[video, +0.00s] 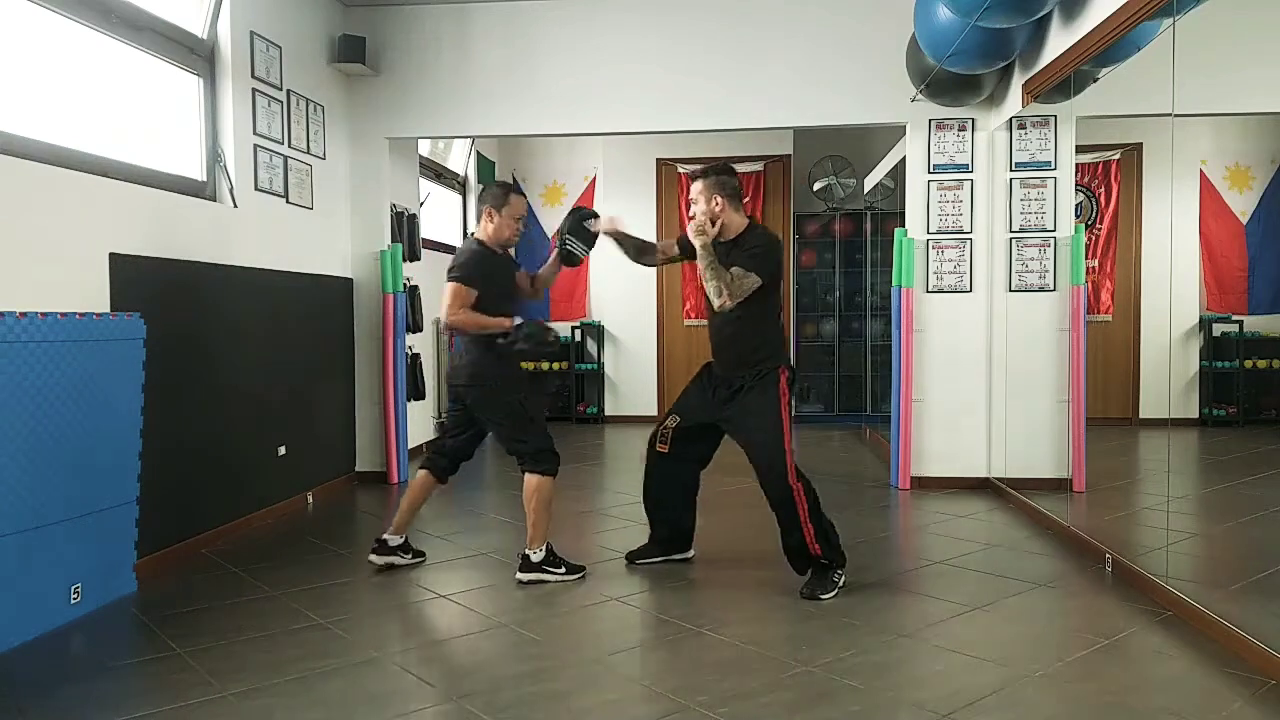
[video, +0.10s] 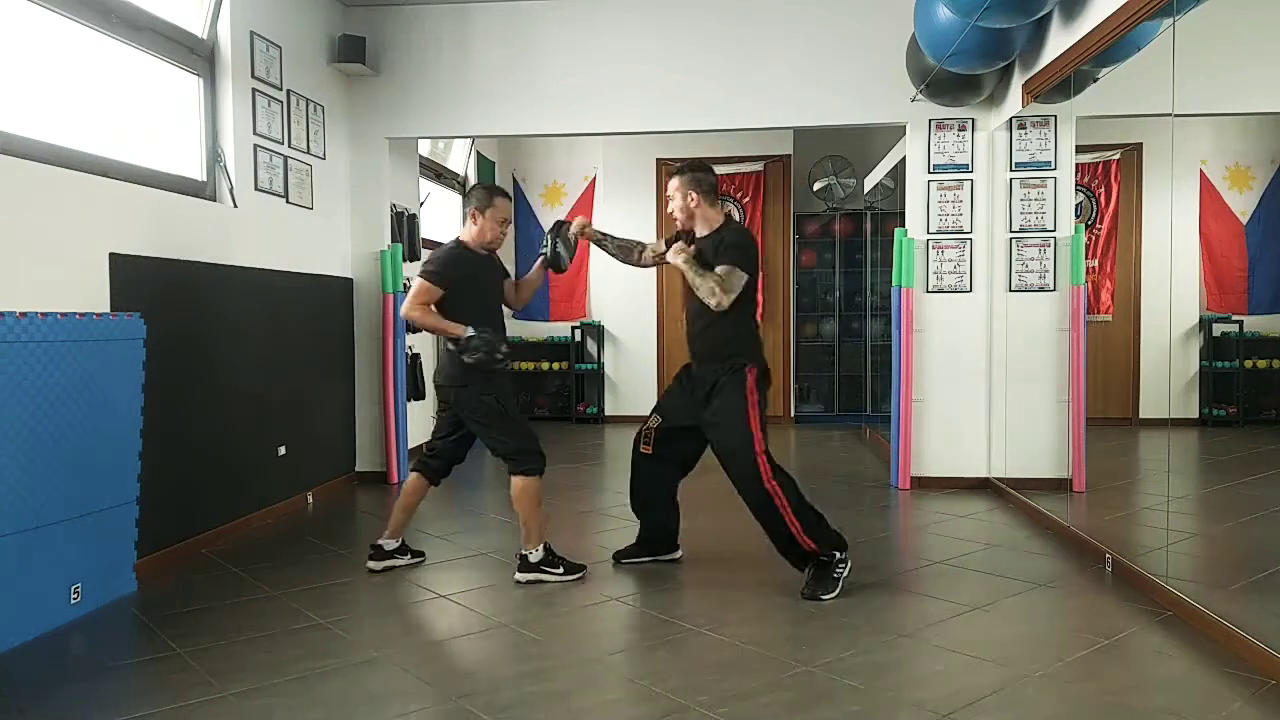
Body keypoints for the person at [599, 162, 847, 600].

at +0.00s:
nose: (692, 211)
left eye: (696, 203)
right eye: (691, 205)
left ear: (722, 203)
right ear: (719, 204)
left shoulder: (763, 245)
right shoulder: (708, 239)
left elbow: (723, 295)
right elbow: (652, 254)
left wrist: (702, 242)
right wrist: (615, 231)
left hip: (763, 380)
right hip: (719, 377)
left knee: (778, 474)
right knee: (668, 447)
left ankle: (826, 562)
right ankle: (671, 541)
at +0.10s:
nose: (668, 209)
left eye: (672, 200)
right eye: (667, 201)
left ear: (695, 199)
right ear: (694, 200)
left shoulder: (738, 239)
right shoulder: (690, 242)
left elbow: (720, 295)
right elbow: (642, 255)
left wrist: (685, 261)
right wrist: (591, 233)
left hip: (737, 375)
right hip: (699, 375)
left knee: (754, 472)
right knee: (651, 449)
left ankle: (828, 554)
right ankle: (658, 541)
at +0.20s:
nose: (652, 206)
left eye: (654, 198)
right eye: (651, 199)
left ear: (676, 198)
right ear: (684, 199)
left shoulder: (698, 228)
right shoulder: (690, 239)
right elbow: (658, 277)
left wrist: (635, 234)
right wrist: (633, 240)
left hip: (716, 368)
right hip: (690, 371)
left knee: (737, 473)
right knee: (647, 450)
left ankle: (819, 548)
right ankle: (651, 542)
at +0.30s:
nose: (637, 210)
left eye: (643, 203)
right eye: (639, 204)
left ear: (666, 203)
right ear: (675, 204)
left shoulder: (684, 228)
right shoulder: (695, 243)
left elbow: (626, 225)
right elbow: (657, 276)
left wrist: (586, 226)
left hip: (706, 374)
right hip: (683, 376)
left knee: (724, 484)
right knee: (641, 450)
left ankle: (810, 555)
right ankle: (650, 541)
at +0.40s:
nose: (633, 215)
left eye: (635, 207)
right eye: (632, 208)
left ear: (656, 205)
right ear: (674, 205)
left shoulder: (649, 231)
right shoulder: (706, 240)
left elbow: (586, 265)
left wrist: (581, 240)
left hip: (683, 369)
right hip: (692, 366)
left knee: (708, 481)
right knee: (637, 445)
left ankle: (799, 548)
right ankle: (647, 541)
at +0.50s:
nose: (625, 213)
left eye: (626, 205)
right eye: (624, 206)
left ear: (643, 201)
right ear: (663, 199)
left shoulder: (639, 231)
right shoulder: (698, 238)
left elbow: (574, 244)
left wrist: (593, 200)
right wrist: (642, 214)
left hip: (678, 368)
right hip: (684, 365)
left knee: (697, 481)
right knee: (635, 448)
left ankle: (781, 555)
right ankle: (647, 541)